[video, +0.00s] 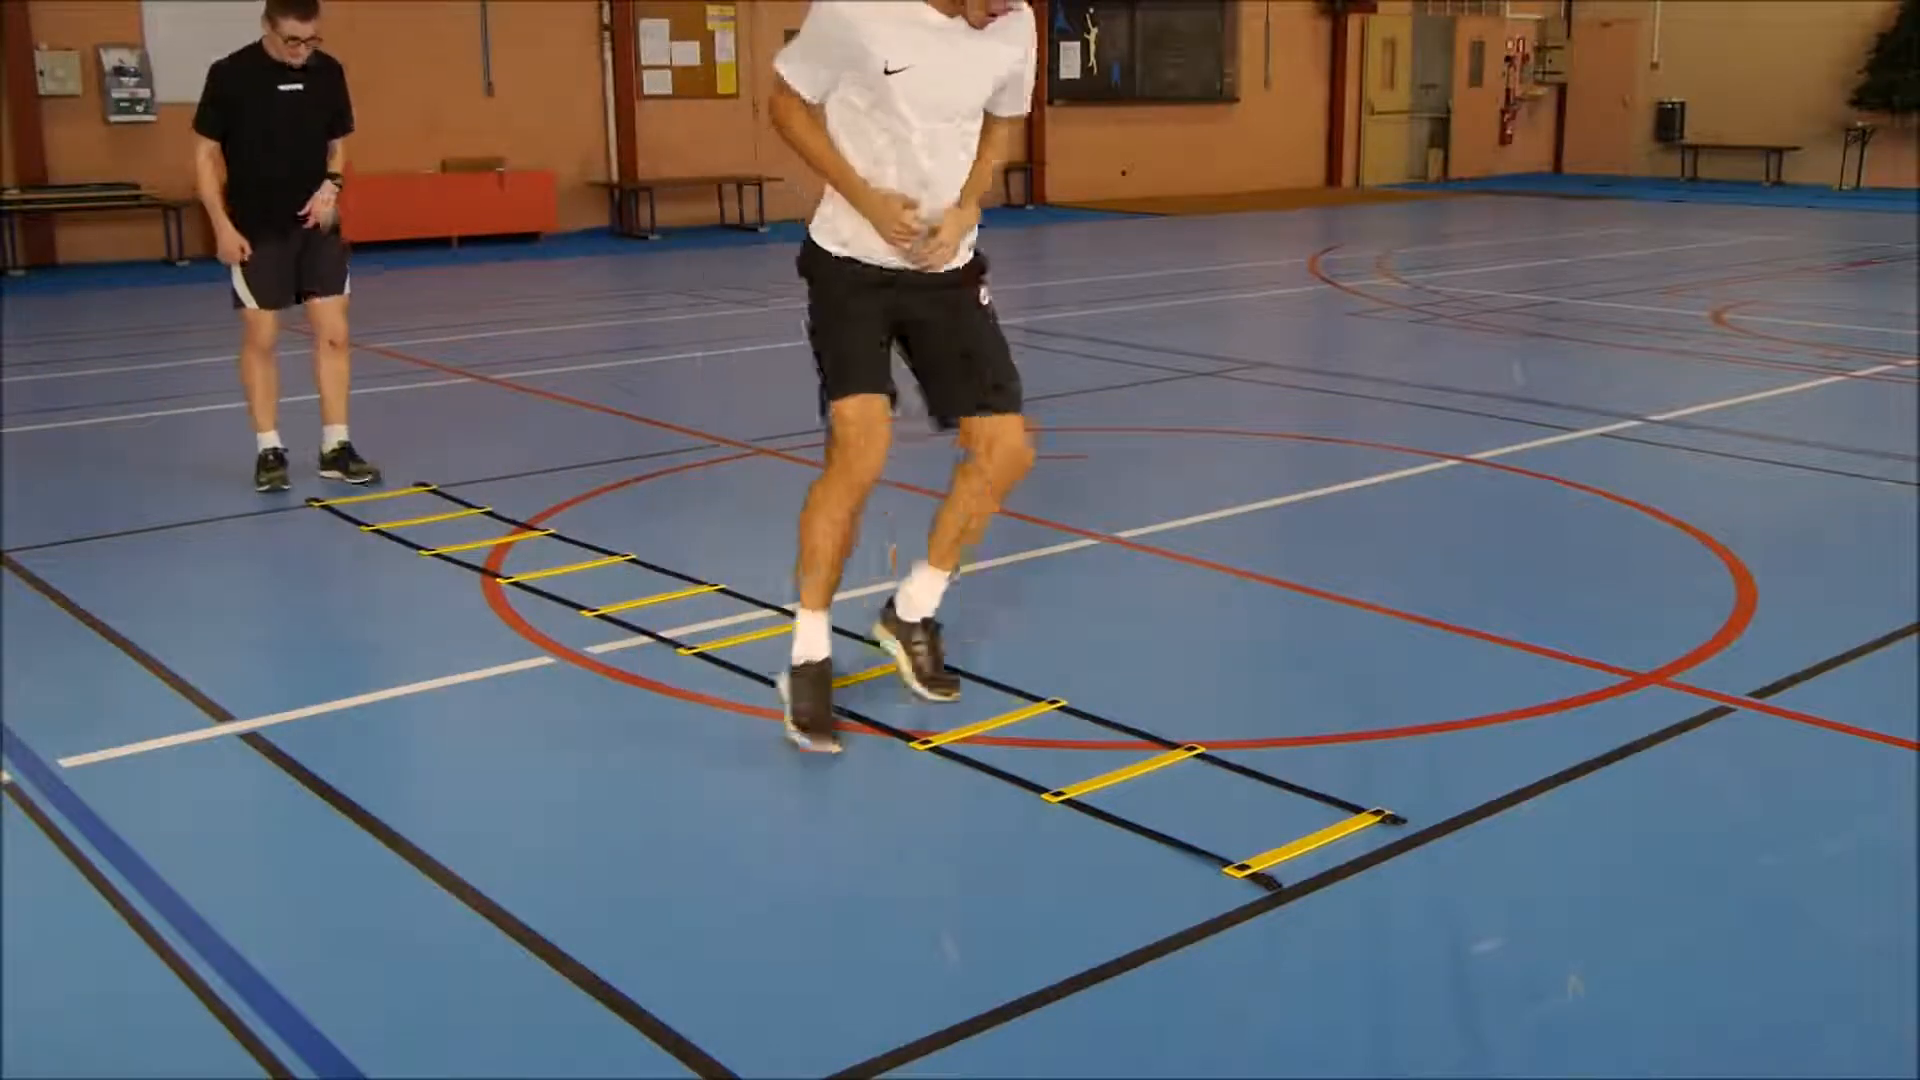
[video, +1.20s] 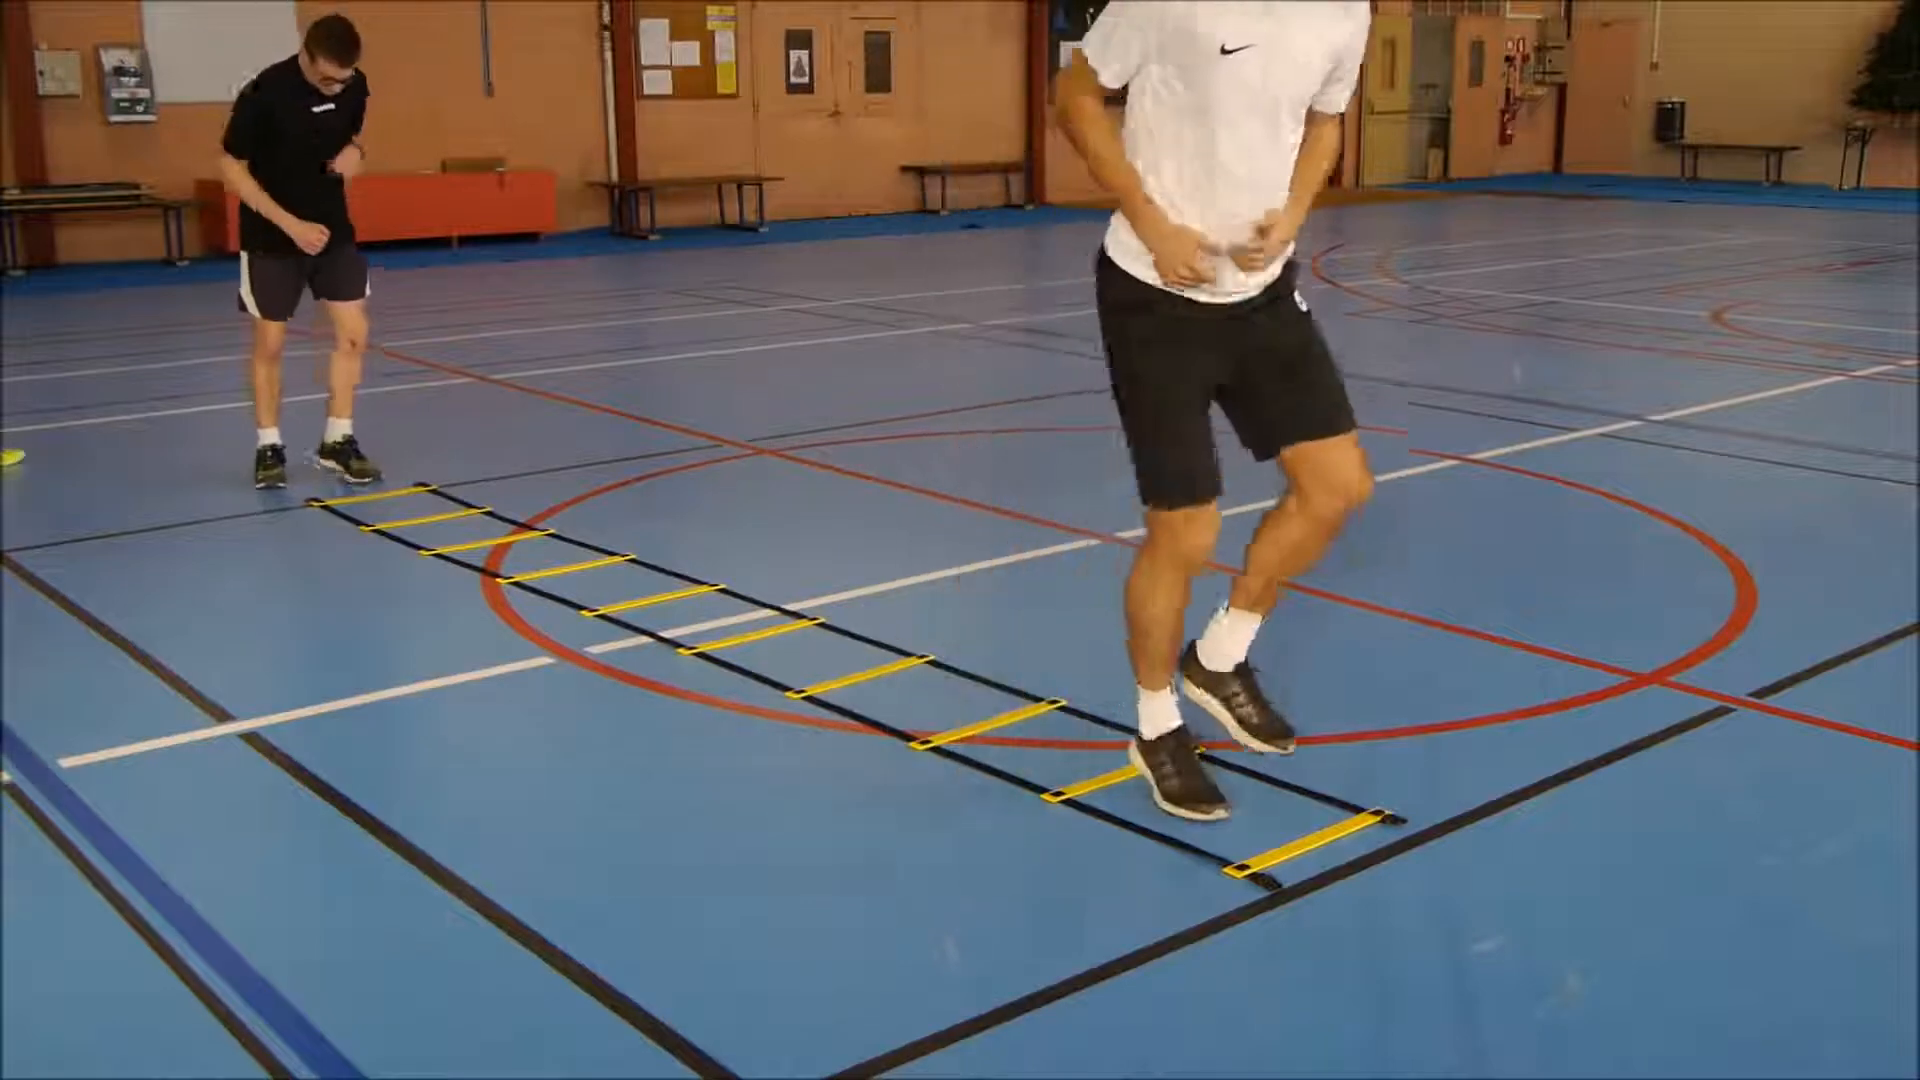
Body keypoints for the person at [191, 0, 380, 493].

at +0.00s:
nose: (302, 51)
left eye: (311, 41)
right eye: (292, 42)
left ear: (320, 28)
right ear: (267, 29)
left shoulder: (327, 71)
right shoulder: (229, 74)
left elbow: (338, 141)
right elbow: (206, 156)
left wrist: (332, 185)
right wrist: (222, 226)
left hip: (318, 224)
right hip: (257, 230)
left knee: (334, 335)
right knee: (262, 341)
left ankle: (336, 448)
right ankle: (269, 450)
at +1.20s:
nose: (336, 84)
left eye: (343, 77)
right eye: (327, 76)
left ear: (353, 63)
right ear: (304, 54)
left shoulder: (353, 87)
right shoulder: (264, 92)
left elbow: (352, 138)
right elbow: (231, 168)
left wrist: (353, 154)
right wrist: (292, 224)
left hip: (333, 228)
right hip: (271, 237)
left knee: (354, 335)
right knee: (270, 344)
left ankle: (337, 441)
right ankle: (270, 447)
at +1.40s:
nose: (351, 82)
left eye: (359, 74)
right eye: (343, 72)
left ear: (369, 59)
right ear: (321, 52)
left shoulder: (373, 89)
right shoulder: (277, 89)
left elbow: (379, 146)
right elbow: (235, 159)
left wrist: (372, 164)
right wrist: (298, 198)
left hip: (346, 234)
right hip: (288, 238)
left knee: (350, 344)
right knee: (317, 338)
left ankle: (325, 445)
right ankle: (285, 430)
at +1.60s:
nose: (374, 75)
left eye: (382, 67)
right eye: (366, 65)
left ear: (393, 54)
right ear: (343, 45)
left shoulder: (391, 80)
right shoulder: (294, 81)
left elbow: (392, 135)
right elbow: (249, 143)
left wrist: (383, 145)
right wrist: (301, 199)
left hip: (366, 223)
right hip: (309, 227)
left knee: (389, 336)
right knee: (347, 333)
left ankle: (355, 420)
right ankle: (356, 454)